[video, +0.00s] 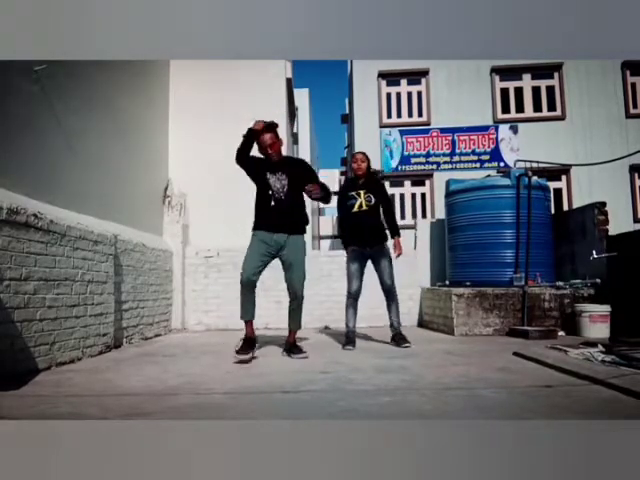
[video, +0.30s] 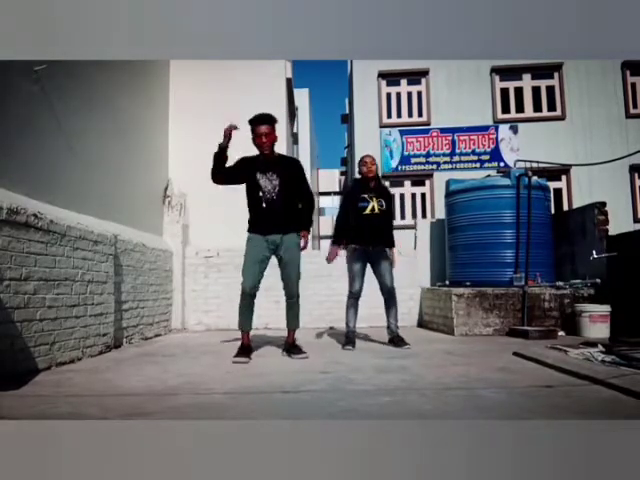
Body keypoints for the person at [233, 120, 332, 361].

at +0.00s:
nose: (270, 149)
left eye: (273, 143)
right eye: (265, 146)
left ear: (281, 142)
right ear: (260, 148)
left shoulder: (299, 166)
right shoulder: (259, 167)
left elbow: (326, 196)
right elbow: (241, 157)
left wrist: (320, 193)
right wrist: (251, 134)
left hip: (293, 237)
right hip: (264, 235)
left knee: (297, 290)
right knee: (247, 279)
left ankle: (292, 340)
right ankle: (249, 335)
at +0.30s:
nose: (264, 139)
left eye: (268, 134)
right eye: (259, 135)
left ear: (275, 135)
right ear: (253, 138)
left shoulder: (291, 164)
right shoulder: (249, 165)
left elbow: (308, 198)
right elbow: (219, 177)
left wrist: (305, 227)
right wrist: (224, 145)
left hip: (289, 234)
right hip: (259, 235)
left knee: (292, 289)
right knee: (248, 288)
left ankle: (291, 340)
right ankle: (245, 342)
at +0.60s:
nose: (265, 131)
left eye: (269, 126)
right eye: (260, 127)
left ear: (276, 129)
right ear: (254, 130)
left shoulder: (286, 162)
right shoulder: (239, 163)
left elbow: (295, 196)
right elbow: (219, 197)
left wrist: (295, 225)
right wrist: (231, 219)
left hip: (284, 232)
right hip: (253, 234)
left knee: (298, 282)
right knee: (245, 286)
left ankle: (300, 339)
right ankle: (244, 341)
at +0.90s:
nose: (269, 128)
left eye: (273, 124)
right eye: (264, 124)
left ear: (280, 127)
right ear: (257, 127)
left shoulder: (290, 159)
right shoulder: (243, 158)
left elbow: (307, 192)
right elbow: (216, 189)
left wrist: (308, 218)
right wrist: (225, 215)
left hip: (285, 230)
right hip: (253, 231)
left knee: (297, 283)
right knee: (246, 287)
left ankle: (302, 342)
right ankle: (244, 342)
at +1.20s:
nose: (267, 143)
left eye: (271, 139)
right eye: (262, 139)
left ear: (278, 141)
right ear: (255, 142)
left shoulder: (294, 170)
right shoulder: (249, 178)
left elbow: (321, 196)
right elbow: (235, 211)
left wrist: (344, 191)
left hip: (293, 245)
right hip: (260, 246)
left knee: (314, 295)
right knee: (240, 289)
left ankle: (309, 344)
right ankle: (250, 336)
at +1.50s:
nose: (261, 154)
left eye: (266, 148)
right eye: (257, 150)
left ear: (275, 148)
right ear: (252, 152)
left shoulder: (288, 165)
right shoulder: (259, 194)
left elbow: (301, 152)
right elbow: (260, 226)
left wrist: (265, 168)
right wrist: (264, 232)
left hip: (309, 246)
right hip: (280, 252)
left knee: (338, 292)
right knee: (248, 290)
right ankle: (267, 340)